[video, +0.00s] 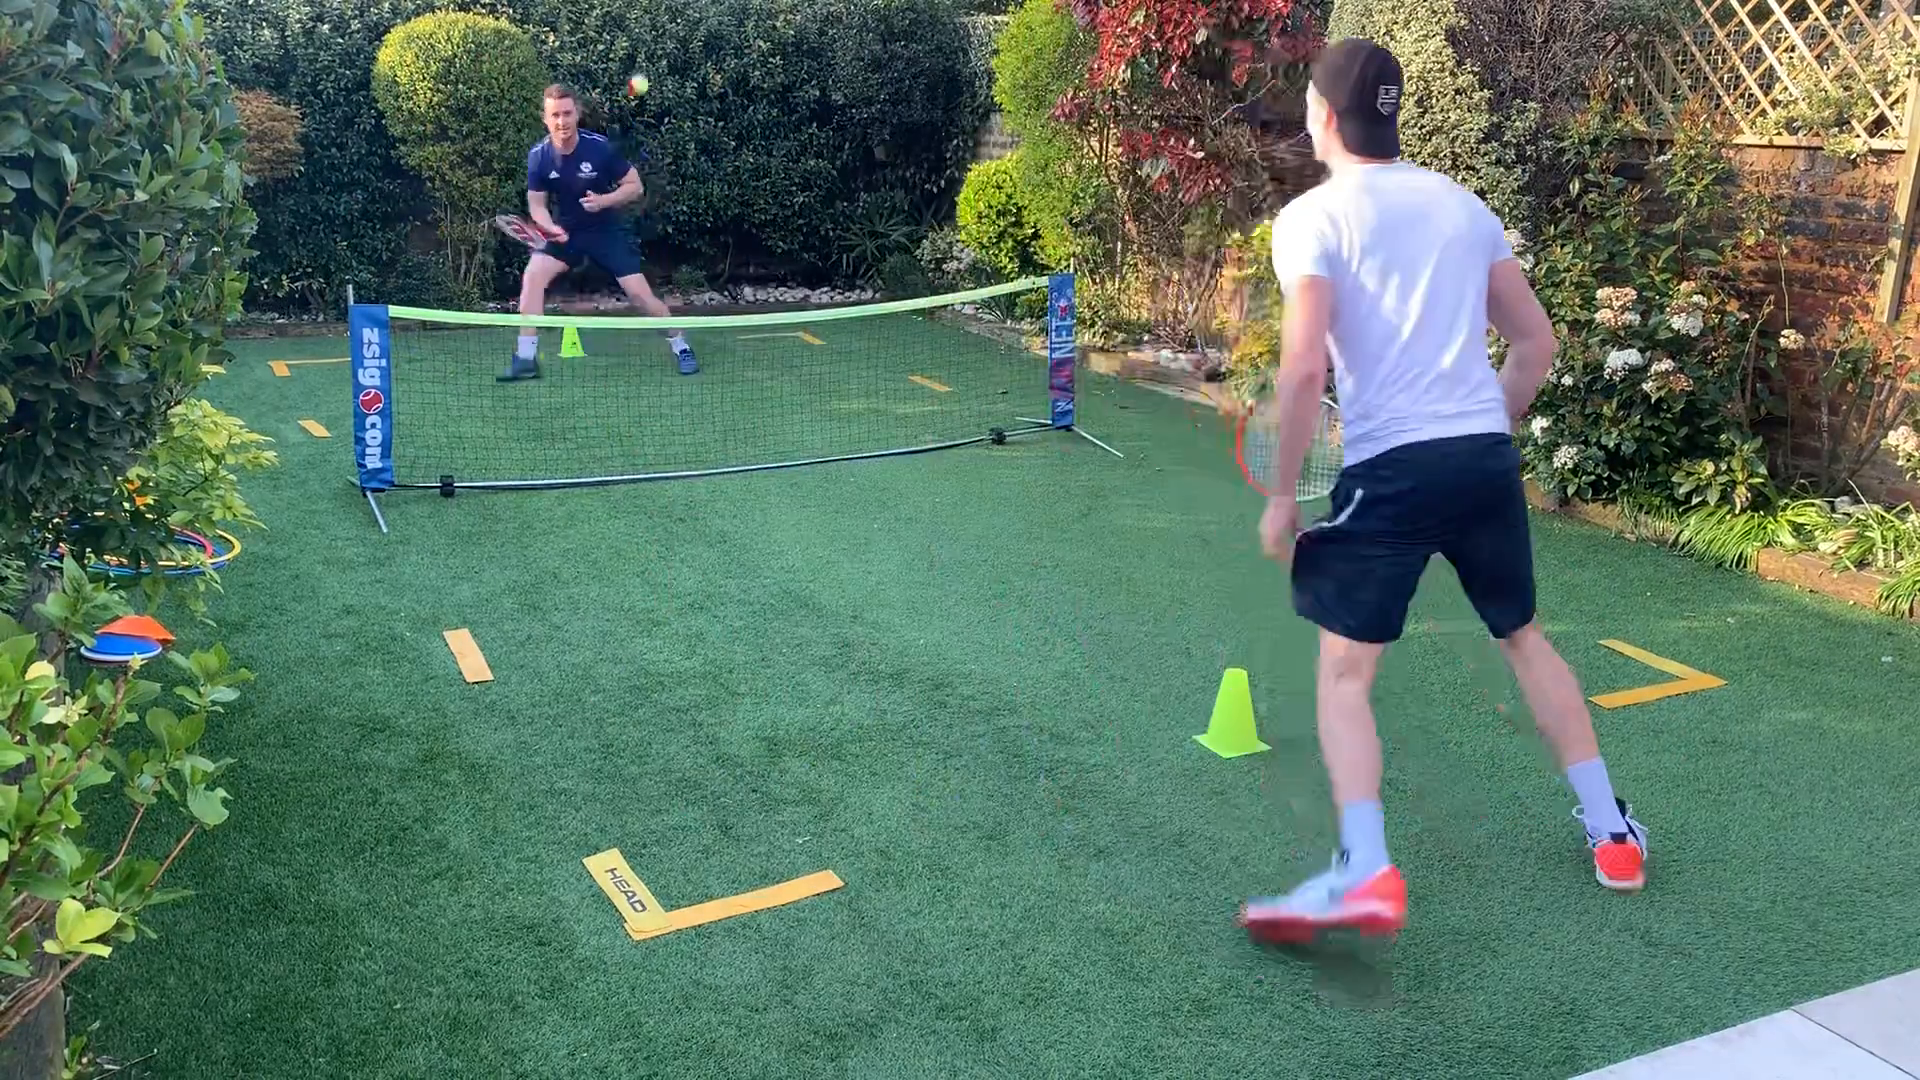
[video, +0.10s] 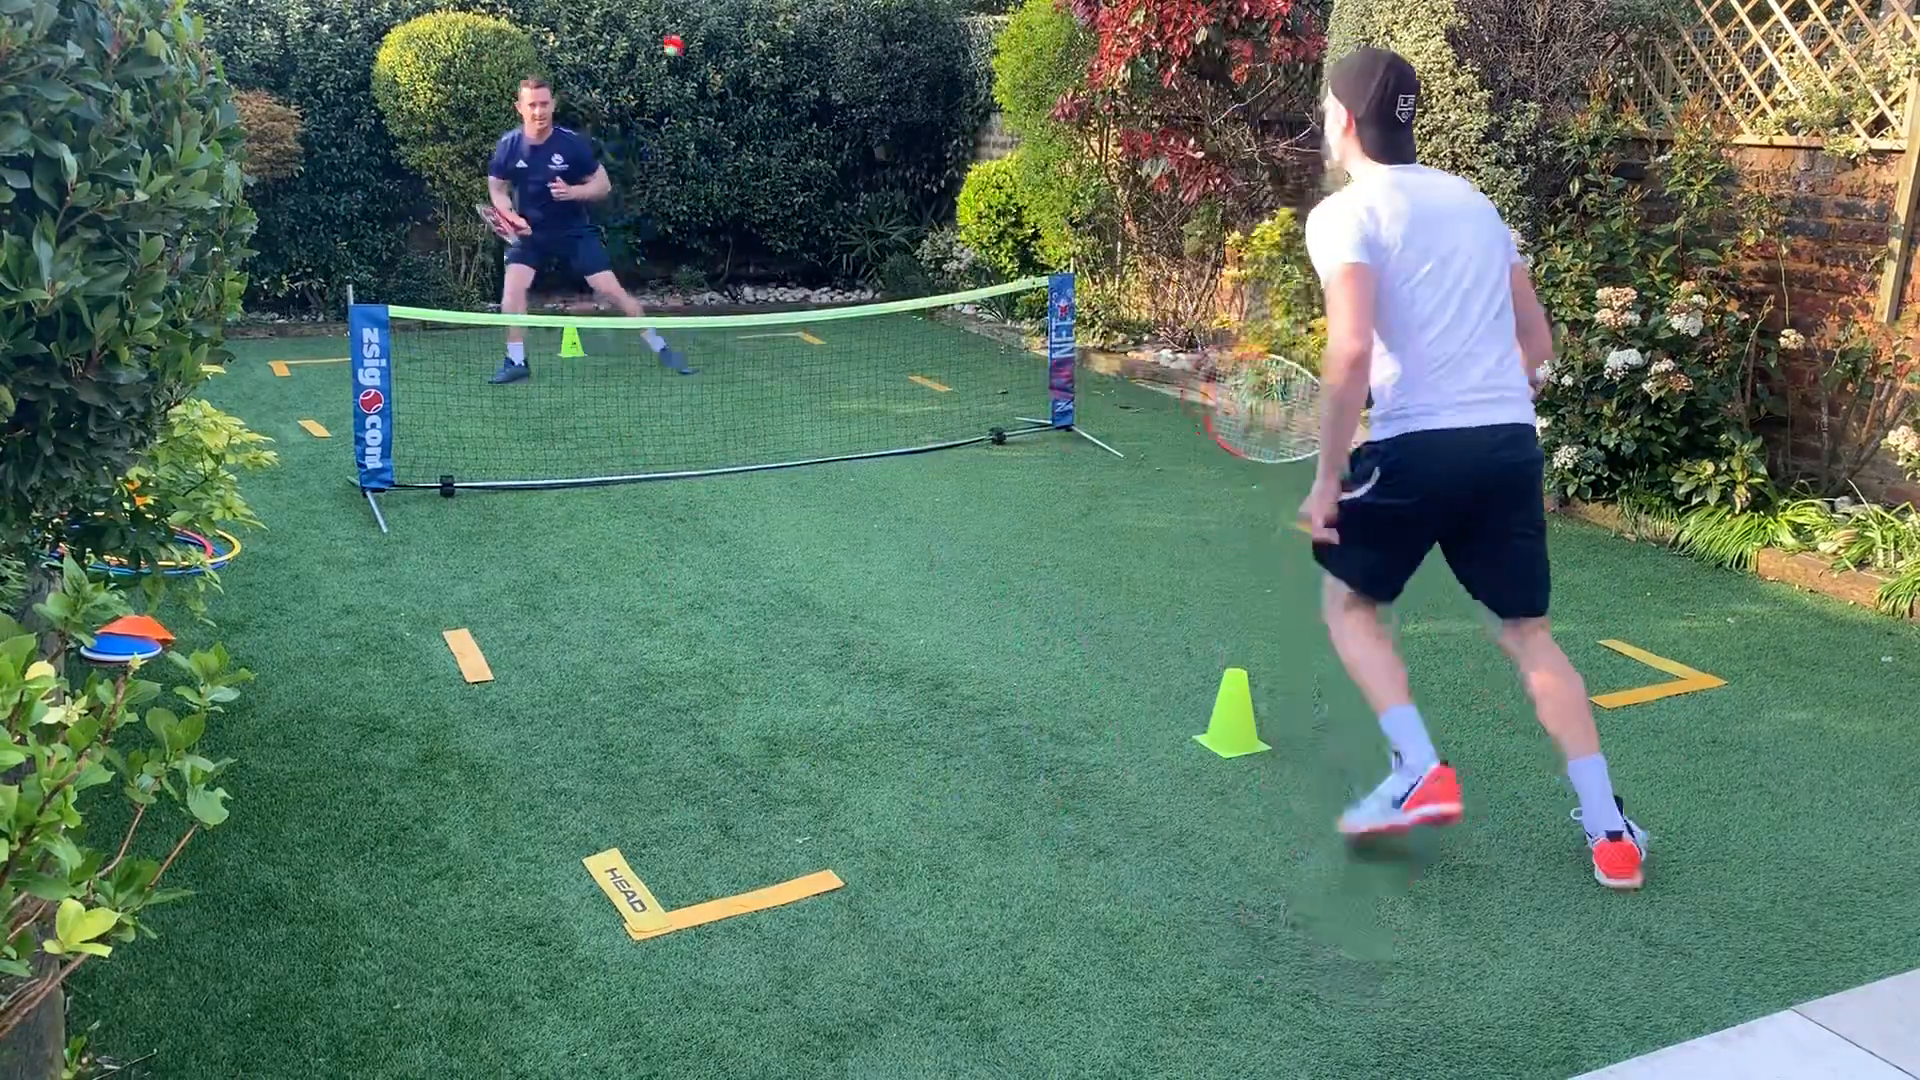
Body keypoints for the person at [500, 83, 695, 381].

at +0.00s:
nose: (561, 122)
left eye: (567, 114)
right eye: (554, 115)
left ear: (578, 115)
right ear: (545, 119)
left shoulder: (601, 149)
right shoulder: (538, 156)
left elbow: (634, 186)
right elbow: (536, 205)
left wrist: (604, 200)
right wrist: (549, 226)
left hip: (607, 231)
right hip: (566, 232)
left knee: (639, 294)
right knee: (532, 276)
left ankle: (681, 346)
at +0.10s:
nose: (539, 111)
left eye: (544, 104)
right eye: (532, 106)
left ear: (553, 106)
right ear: (520, 109)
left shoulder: (573, 143)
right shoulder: (508, 146)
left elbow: (602, 185)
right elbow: (498, 191)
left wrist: (573, 191)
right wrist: (511, 217)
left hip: (574, 232)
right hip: (530, 232)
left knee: (609, 289)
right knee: (513, 286)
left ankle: (661, 348)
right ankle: (516, 361)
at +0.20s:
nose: (520, 99)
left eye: (525, 92)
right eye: (513, 93)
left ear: (533, 95)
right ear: (499, 96)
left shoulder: (550, 134)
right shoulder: (482, 136)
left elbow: (579, 176)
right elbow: (468, 175)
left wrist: (550, 180)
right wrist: (480, 204)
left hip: (545, 223)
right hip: (502, 224)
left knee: (566, 277)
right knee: (494, 282)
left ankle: (583, 353)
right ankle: (509, 358)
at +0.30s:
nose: (502, 93)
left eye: (508, 86)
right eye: (495, 87)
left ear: (515, 89)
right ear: (481, 90)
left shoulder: (532, 128)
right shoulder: (462, 127)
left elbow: (562, 169)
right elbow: (445, 169)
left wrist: (530, 177)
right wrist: (459, 202)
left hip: (519, 217)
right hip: (474, 215)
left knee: (520, 279)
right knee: (462, 277)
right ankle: (470, 350)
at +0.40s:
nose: (485, 100)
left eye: (490, 93)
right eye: (477, 93)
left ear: (497, 96)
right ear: (461, 95)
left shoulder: (511, 135)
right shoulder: (444, 134)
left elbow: (539, 173)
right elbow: (421, 178)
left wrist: (516, 187)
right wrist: (438, 209)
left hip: (492, 224)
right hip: (449, 222)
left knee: (491, 283)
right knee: (426, 284)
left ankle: (492, 357)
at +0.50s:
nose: (468, 107)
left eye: (473, 100)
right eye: (461, 100)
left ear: (480, 103)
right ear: (445, 101)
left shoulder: (490, 141)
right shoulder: (425, 138)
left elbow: (505, 176)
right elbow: (401, 183)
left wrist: (492, 191)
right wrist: (425, 214)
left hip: (468, 227)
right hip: (424, 226)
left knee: (476, 281)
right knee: (408, 291)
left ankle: (491, 358)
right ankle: (371, 332)